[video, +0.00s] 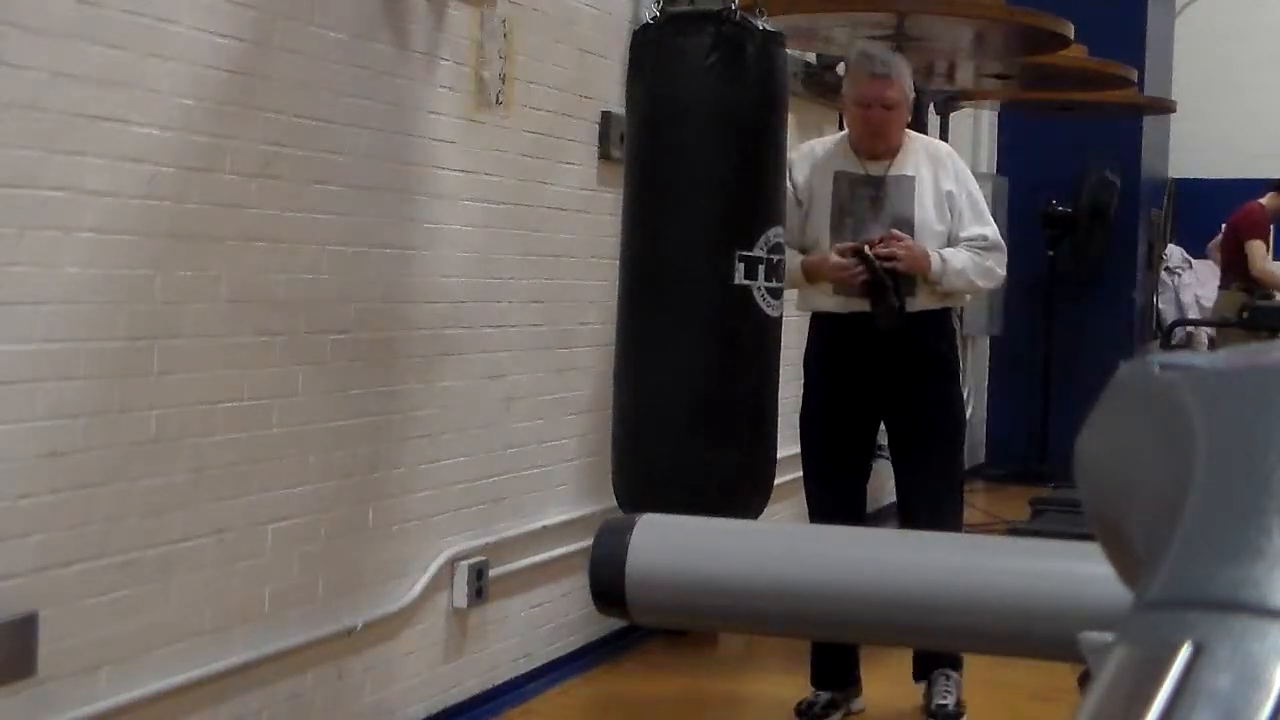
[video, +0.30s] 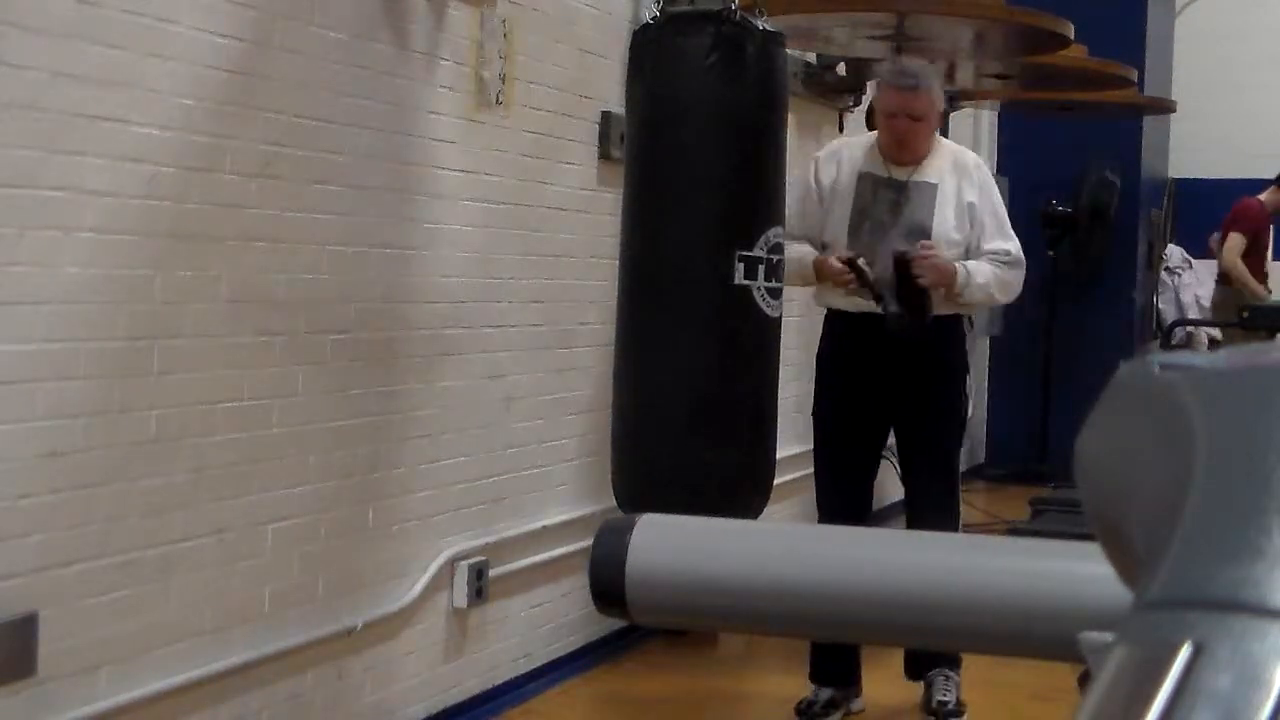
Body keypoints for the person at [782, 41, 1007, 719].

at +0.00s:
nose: (880, 121)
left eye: (892, 109)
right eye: (868, 107)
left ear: (911, 104)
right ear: (843, 101)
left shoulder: (943, 164)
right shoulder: (806, 163)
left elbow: (991, 259)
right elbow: (770, 260)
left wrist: (928, 262)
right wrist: (816, 268)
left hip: (923, 358)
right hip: (836, 357)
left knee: (934, 517)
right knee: (831, 519)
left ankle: (941, 671)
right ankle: (835, 681)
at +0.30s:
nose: (902, 132)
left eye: (917, 120)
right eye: (891, 118)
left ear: (940, 112)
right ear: (874, 107)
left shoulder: (969, 174)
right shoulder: (832, 164)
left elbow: (1008, 272)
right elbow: (778, 251)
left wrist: (956, 277)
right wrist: (819, 267)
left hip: (933, 359)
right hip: (849, 355)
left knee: (934, 514)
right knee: (838, 516)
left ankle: (940, 670)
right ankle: (834, 679)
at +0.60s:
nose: (927, 147)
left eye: (941, 134)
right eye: (916, 132)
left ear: (960, 123)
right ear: (897, 119)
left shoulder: (990, 179)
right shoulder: (854, 163)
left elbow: (1011, 285)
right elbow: (802, 245)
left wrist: (936, 299)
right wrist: (835, 282)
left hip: (948, 366)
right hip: (864, 361)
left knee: (946, 521)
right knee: (850, 516)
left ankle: (941, 670)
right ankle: (837, 673)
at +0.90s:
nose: (918, 151)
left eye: (931, 139)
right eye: (907, 139)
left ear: (955, 125)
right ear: (891, 125)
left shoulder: (986, 175)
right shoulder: (856, 164)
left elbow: (1022, 276)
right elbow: (820, 256)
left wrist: (930, 275)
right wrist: (862, 285)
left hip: (960, 355)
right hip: (875, 352)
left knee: (954, 516)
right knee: (857, 512)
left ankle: (942, 668)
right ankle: (838, 672)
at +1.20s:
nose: (896, 153)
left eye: (907, 139)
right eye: (883, 142)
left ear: (935, 125)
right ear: (869, 133)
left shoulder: (983, 162)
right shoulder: (851, 167)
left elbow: (1038, 254)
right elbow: (825, 258)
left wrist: (963, 275)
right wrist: (873, 291)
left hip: (967, 354)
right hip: (881, 352)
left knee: (959, 515)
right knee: (861, 511)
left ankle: (943, 667)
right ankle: (839, 673)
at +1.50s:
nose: (894, 157)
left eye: (905, 143)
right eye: (882, 146)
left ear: (933, 123)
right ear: (867, 133)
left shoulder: (984, 163)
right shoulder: (851, 167)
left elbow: (1031, 262)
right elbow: (825, 264)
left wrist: (959, 285)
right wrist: (875, 289)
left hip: (967, 356)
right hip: (882, 353)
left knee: (959, 516)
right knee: (861, 510)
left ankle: (943, 670)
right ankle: (839, 673)